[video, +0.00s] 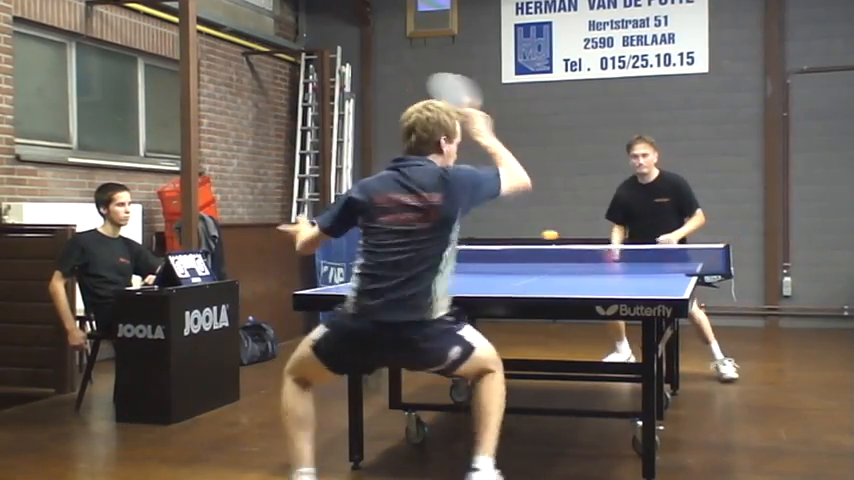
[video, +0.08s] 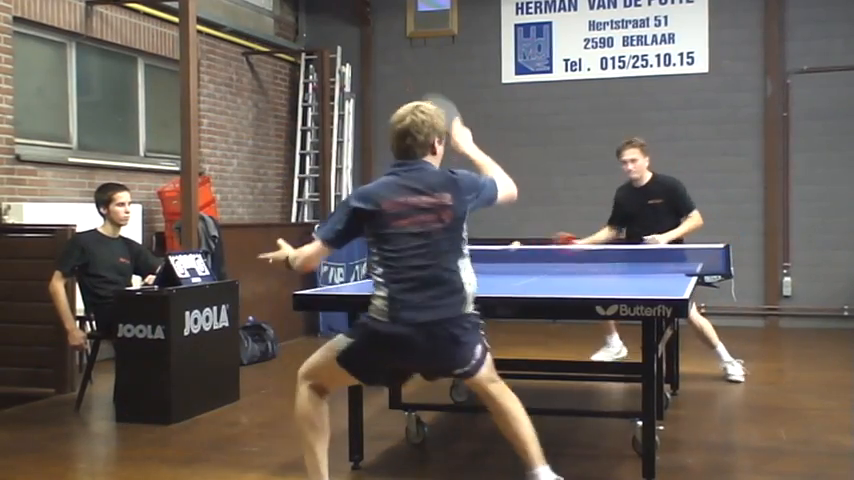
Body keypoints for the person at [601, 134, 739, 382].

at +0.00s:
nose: (639, 161)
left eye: (644, 155)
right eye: (634, 157)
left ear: (655, 156)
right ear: (629, 161)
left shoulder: (674, 184)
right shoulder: (625, 190)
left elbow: (699, 218)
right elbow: (618, 226)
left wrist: (676, 235)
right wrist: (615, 247)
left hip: (672, 264)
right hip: (635, 265)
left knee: (691, 307)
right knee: (608, 301)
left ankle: (719, 358)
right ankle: (623, 350)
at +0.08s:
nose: (628, 167)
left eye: (633, 161)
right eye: (624, 163)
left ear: (646, 160)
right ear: (620, 165)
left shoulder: (670, 187)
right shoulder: (623, 193)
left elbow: (696, 220)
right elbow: (613, 230)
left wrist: (665, 237)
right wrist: (582, 243)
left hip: (670, 267)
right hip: (633, 268)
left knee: (690, 312)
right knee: (596, 291)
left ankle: (728, 361)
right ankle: (614, 343)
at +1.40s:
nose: (613, 179)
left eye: (618, 173)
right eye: (609, 174)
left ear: (626, 175)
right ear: (601, 177)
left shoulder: (641, 196)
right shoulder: (596, 202)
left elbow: (665, 227)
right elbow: (583, 238)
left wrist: (649, 247)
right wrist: (588, 247)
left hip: (641, 265)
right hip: (606, 267)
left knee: (676, 295)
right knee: (583, 292)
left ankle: (696, 347)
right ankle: (585, 342)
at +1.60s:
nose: (627, 180)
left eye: (632, 175)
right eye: (622, 176)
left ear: (639, 175)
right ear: (614, 177)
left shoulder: (653, 192)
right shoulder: (608, 203)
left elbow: (684, 221)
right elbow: (605, 239)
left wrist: (667, 233)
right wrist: (613, 249)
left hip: (659, 261)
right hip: (624, 263)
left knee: (683, 296)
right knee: (600, 294)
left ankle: (701, 346)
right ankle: (596, 346)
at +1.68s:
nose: (630, 182)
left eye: (634, 177)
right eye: (626, 177)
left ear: (641, 177)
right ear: (617, 179)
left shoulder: (656, 194)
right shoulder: (611, 204)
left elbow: (687, 221)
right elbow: (606, 242)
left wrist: (674, 228)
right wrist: (622, 251)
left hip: (662, 263)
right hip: (625, 265)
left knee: (686, 297)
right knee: (602, 296)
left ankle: (702, 347)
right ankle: (596, 346)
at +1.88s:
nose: (638, 180)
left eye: (642, 174)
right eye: (633, 175)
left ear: (648, 174)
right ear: (623, 176)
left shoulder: (660, 192)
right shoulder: (615, 201)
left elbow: (692, 219)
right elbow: (603, 239)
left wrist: (686, 216)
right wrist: (639, 241)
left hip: (660, 262)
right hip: (623, 265)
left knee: (691, 293)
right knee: (603, 295)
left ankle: (703, 347)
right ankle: (597, 347)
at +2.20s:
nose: (649, 166)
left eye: (653, 162)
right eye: (644, 161)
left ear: (659, 164)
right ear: (635, 163)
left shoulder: (670, 187)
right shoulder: (624, 191)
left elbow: (693, 215)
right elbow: (602, 216)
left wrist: (698, 212)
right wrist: (587, 202)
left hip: (667, 260)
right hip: (630, 262)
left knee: (692, 293)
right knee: (607, 295)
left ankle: (703, 347)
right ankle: (597, 347)